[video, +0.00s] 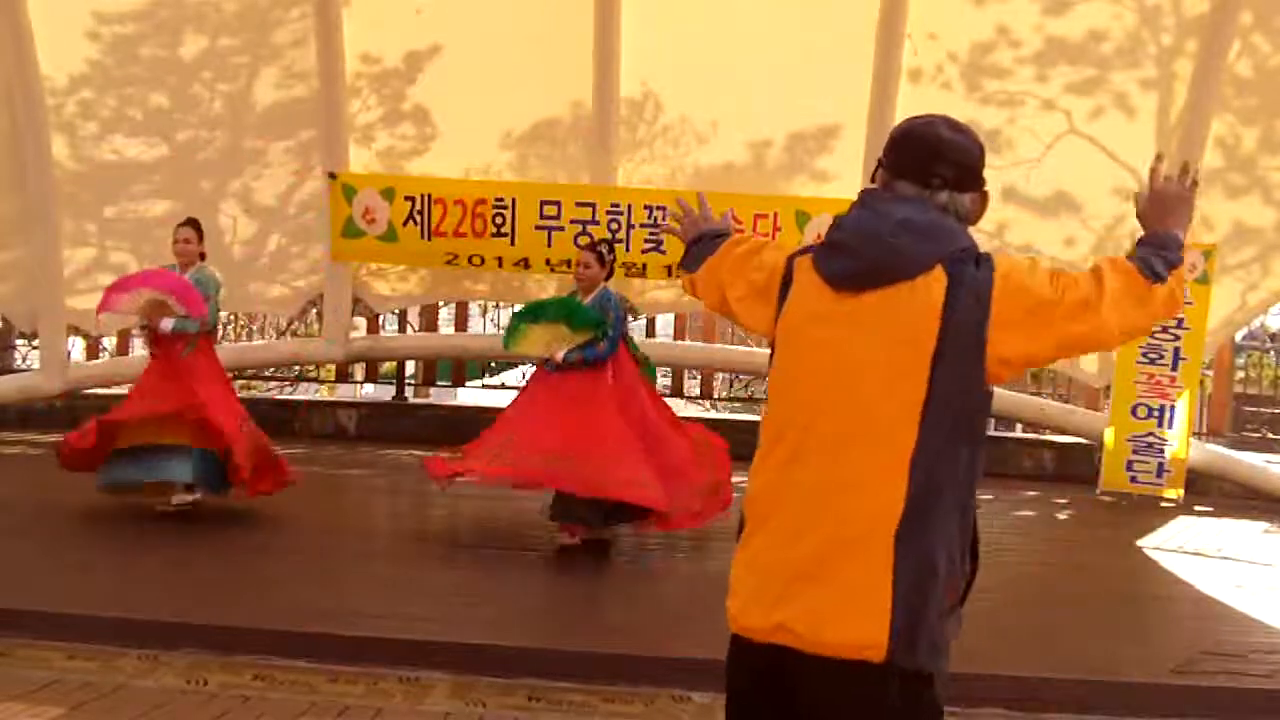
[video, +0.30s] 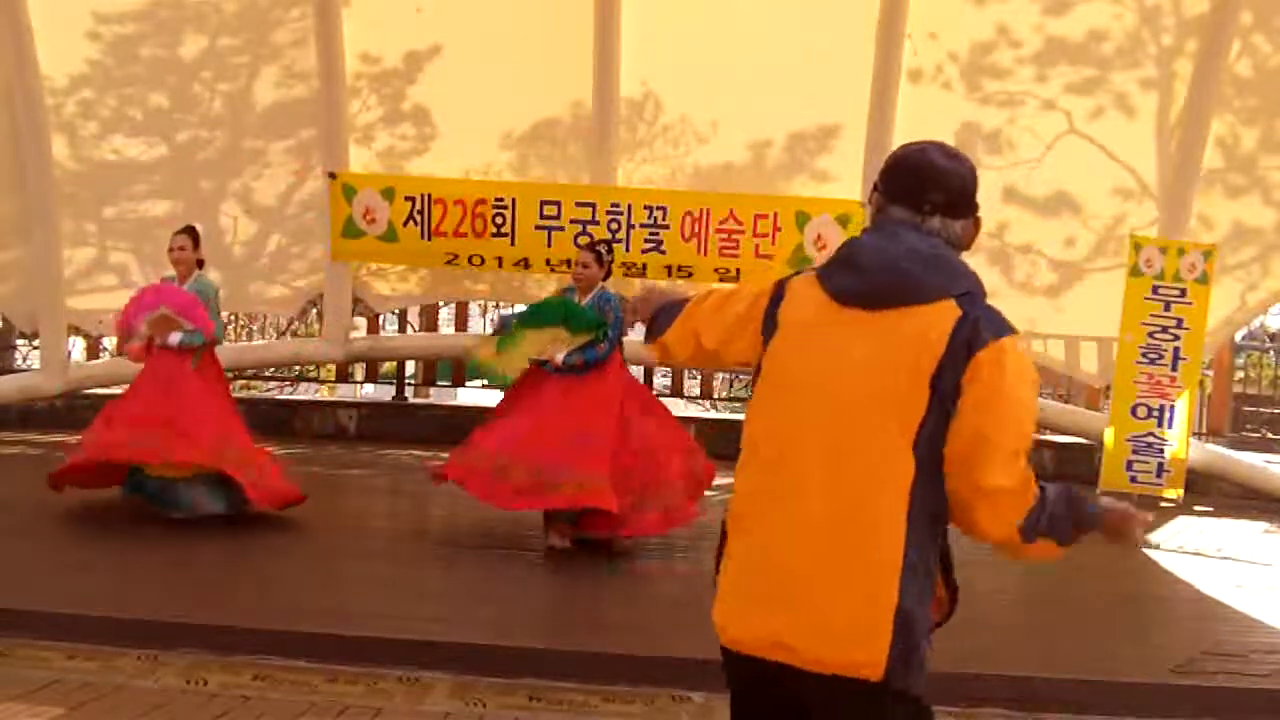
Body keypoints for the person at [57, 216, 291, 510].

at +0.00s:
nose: (181, 247)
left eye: (188, 242)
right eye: (177, 241)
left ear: (201, 246)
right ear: (171, 245)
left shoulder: (206, 278)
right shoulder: (165, 277)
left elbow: (208, 321)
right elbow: (152, 315)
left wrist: (168, 323)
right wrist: (147, 324)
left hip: (195, 357)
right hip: (166, 355)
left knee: (194, 416)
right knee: (165, 415)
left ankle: (192, 486)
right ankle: (171, 484)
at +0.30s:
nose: (176, 254)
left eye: (182, 249)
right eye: (172, 250)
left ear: (197, 253)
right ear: (168, 254)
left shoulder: (206, 288)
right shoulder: (163, 287)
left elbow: (215, 333)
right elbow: (139, 325)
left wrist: (173, 338)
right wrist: (147, 332)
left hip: (196, 367)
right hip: (164, 365)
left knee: (197, 428)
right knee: (159, 425)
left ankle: (207, 495)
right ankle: (166, 493)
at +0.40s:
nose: (175, 255)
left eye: (182, 250)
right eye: (171, 250)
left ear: (197, 255)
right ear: (167, 256)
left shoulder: (207, 291)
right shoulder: (159, 289)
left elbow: (216, 332)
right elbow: (127, 306)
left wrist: (180, 341)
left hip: (195, 366)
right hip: (161, 364)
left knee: (208, 424)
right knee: (140, 416)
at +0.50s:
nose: (175, 254)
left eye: (182, 248)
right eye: (172, 248)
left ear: (197, 253)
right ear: (169, 253)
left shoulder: (210, 289)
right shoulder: (161, 285)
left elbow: (221, 329)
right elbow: (123, 292)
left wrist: (187, 335)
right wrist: (85, 293)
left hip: (195, 365)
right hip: (161, 363)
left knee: (195, 425)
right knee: (158, 424)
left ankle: (197, 494)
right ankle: (161, 490)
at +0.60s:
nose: (175, 251)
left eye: (182, 246)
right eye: (172, 247)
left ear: (199, 251)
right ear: (169, 252)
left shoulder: (209, 286)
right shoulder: (162, 285)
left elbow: (229, 313)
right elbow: (125, 276)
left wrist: (206, 327)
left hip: (199, 361)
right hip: (163, 358)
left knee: (196, 423)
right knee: (160, 422)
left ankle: (194, 495)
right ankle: (162, 492)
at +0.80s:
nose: (177, 248)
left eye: (184, 243)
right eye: (174, 244)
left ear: (201, 248)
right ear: (172, 249)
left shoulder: (209, 279)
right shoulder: (168, 277)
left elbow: (233, 304)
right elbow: (141, 257)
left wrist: (205, 318)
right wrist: (117, 228)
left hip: (198, 359)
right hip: (165, 357)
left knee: (199, 425)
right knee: (167, 424)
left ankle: (202, 500)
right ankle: (173, 499)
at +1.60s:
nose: (220, 251)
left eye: (219, 245)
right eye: (216, 245)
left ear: (201, 248)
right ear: (201, 248)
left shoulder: (211, 285)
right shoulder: (188, 280)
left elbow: (231, 320)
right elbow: (158, 273)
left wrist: (235, 312)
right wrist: (134, 257)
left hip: (209, 363)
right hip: (190, 363)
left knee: (213, 430)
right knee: (190, 432)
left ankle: (205, 501)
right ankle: (172, 506)